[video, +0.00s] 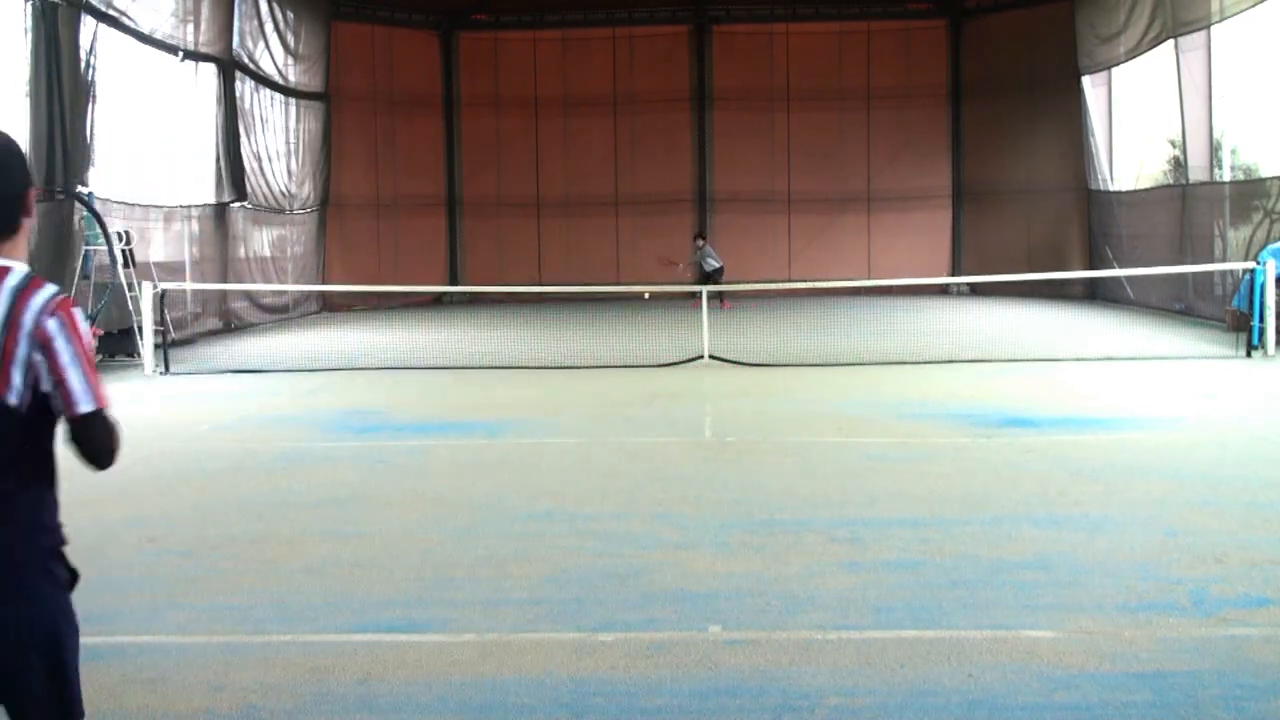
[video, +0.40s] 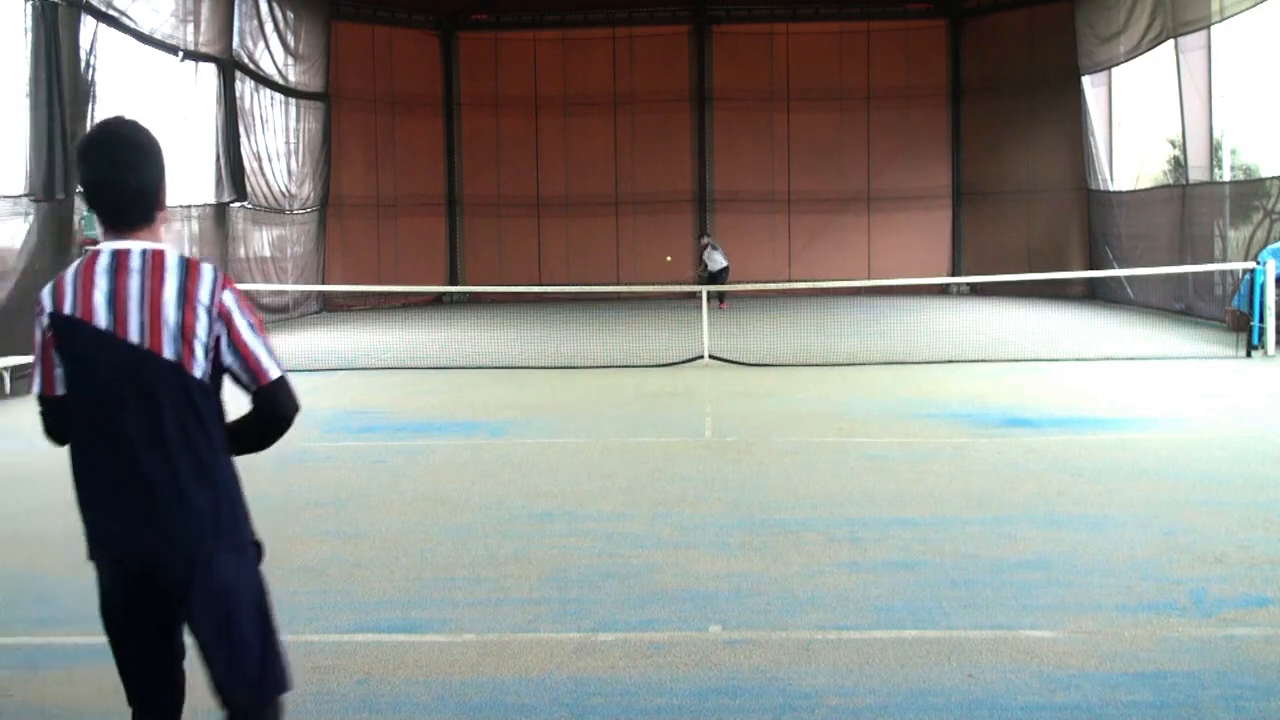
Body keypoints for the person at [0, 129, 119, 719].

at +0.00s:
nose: (38, 203)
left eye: (29, 192)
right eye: (37, 194)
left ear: (19, 205)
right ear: (29, 204)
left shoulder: (34, 306)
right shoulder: (38, 308)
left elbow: (98, 446)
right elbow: (99, 447)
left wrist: (70, 363)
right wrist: (79, 364)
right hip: (19, 570)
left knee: (46, 703)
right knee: (47, 706)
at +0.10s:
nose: (72, 179)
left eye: (65, 167)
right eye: (71, 169)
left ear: (1, 181)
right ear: (61, 181)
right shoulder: (88, 274)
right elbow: (158, 404)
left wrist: (110, 413)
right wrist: (113, 415)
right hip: (51, 529)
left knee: (33, 689)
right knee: (48, 697)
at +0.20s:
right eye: (88, 145)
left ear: (19, 163)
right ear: (90, 158)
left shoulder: (7, 251)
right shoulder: (133, 251)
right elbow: (200, 376)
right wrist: (146, 407)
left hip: (25, 496)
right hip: (113, 495)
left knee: (74, 681)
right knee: (97, 688)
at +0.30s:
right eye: (120, 167)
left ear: (50, 189)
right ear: (125, 180)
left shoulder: (20, 288)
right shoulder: (171, 274)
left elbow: (22, 418)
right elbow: (239, 398)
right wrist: (174, 432)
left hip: (77, 522)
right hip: (165, 518)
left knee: (125, 698)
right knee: (175, 697)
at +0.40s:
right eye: (158, 178)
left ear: (90, 200)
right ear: (162, 192)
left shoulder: (57, 297)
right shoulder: (207, 285)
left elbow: (57, 426)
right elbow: (279, 407)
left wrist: (122, 410)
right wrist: (211, 441)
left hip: (120, 540)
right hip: (207, 534)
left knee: (153, 707)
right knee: (254, 701)